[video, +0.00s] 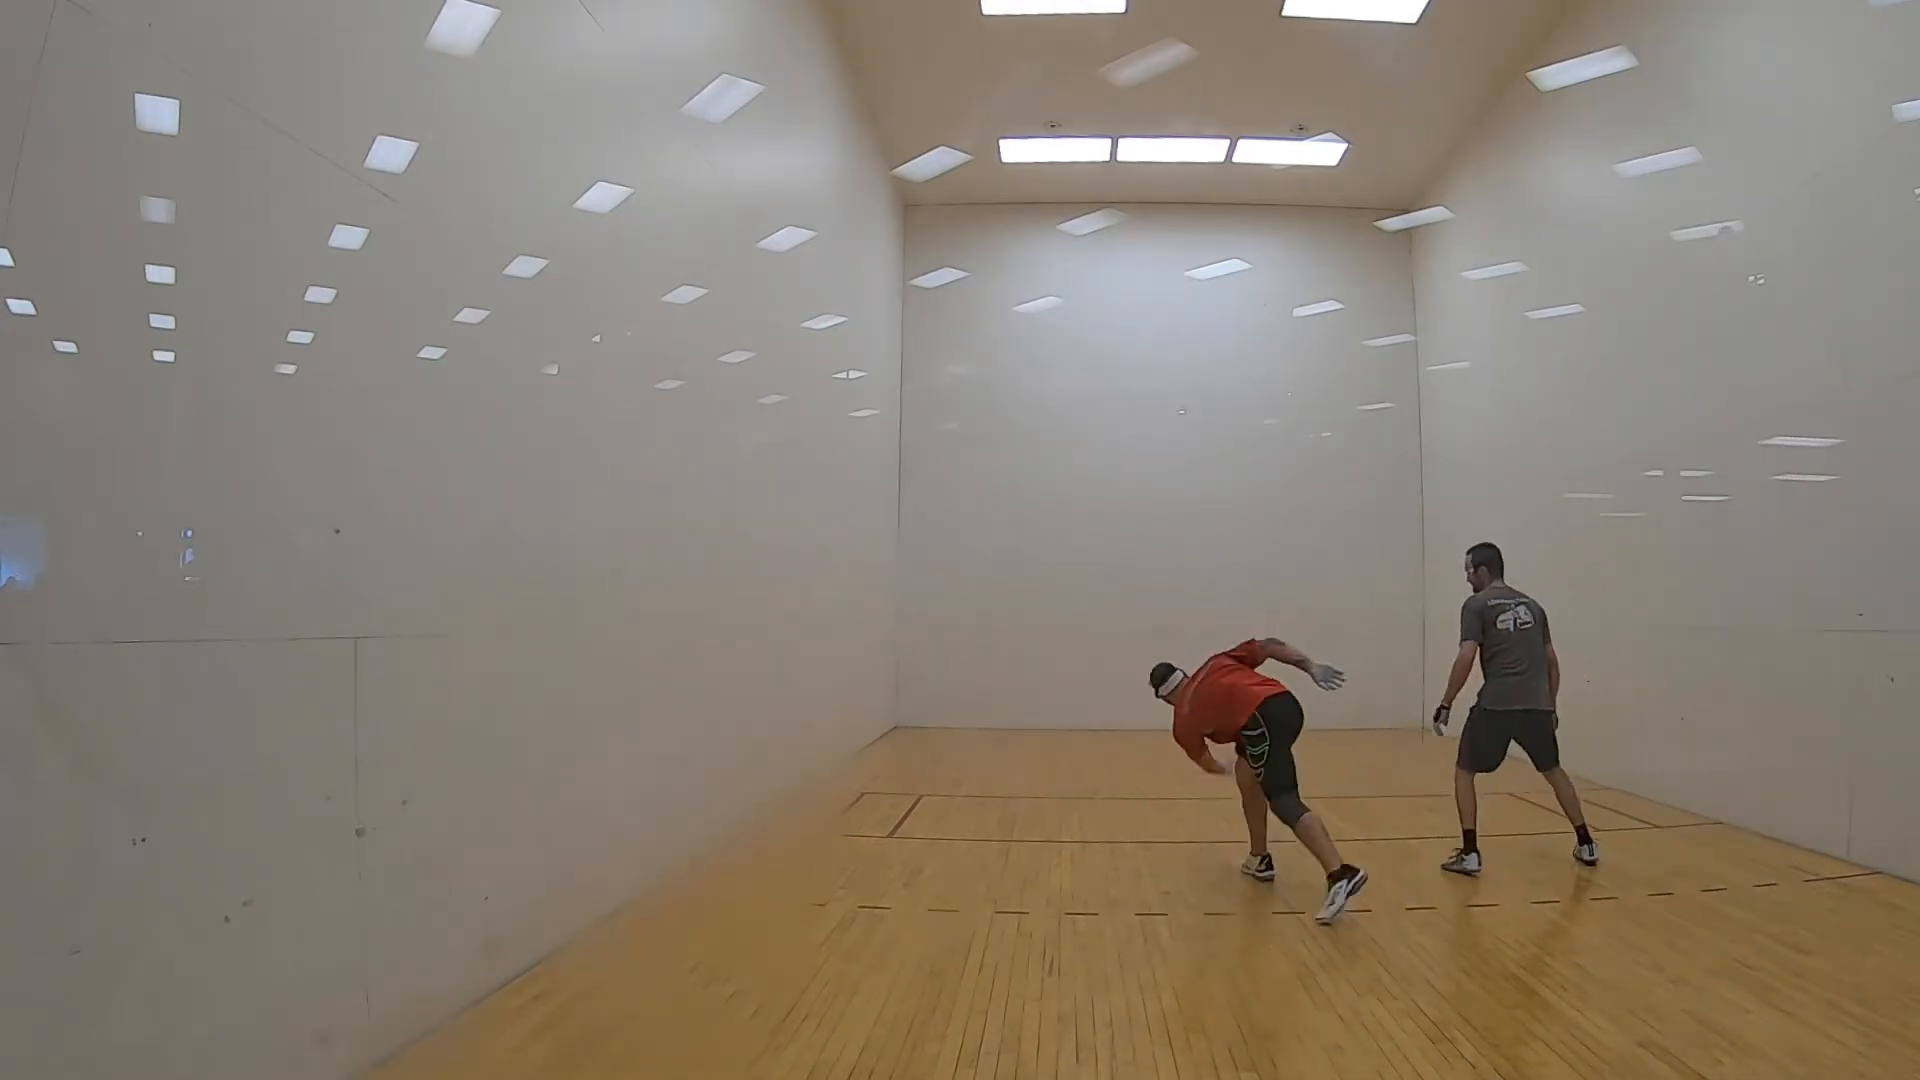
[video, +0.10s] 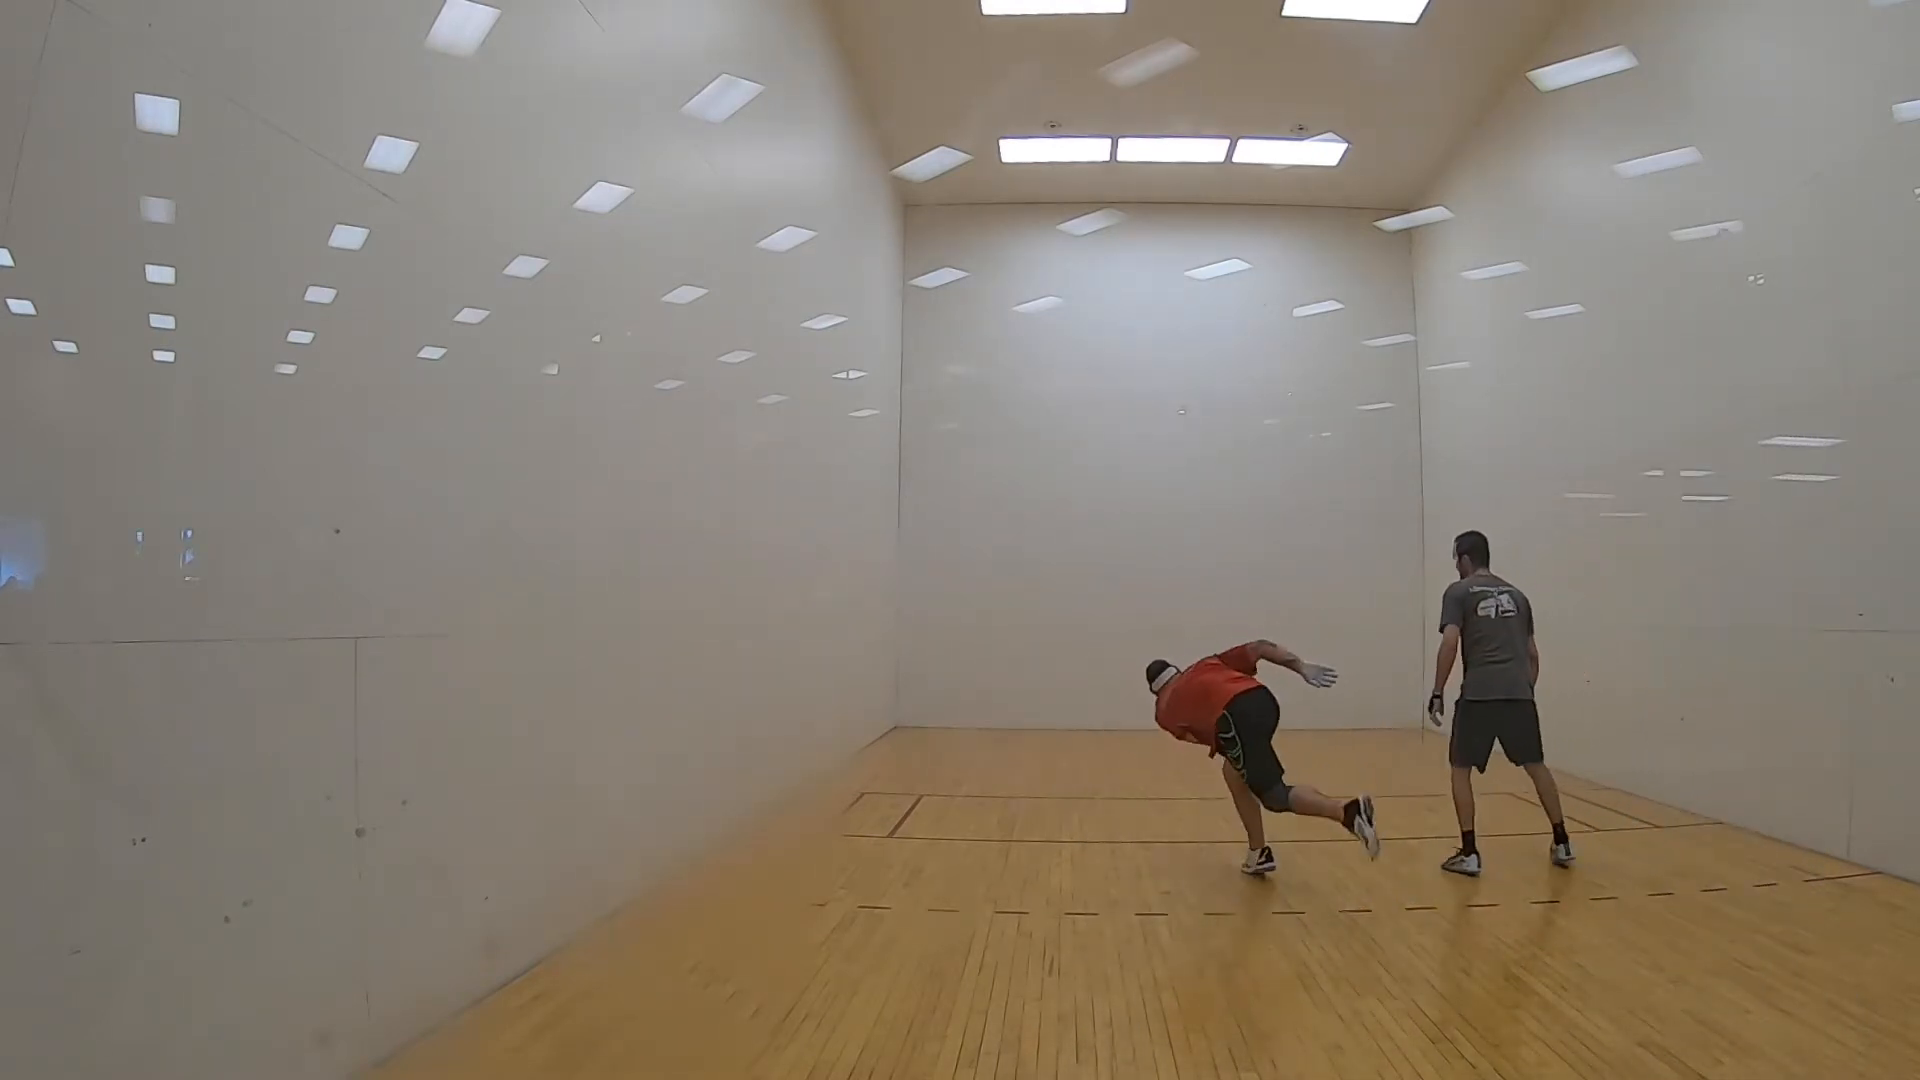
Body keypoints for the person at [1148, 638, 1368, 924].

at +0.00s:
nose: (1169, 701)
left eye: (1165, 697)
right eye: (1167, 695)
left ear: (1166, 696)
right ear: (1184, 674)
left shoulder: (1183, 723)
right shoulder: (1217, 662)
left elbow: (1206, 762)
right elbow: (1268, 645)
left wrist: (1224, 768)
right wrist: (1311, 666)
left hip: (1262, 725)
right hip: (1288, 707)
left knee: (1285, 803)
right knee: (1245, 772)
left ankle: (1339, 874)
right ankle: (1258, 857)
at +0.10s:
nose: (1159, 693)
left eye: (1157, 689)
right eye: (1161, 687)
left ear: (1156, 688)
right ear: (1177, 670)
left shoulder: (1163, 710)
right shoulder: (1206, 665)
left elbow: (1196, 732)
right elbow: (1259, 647)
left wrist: (1222, 745)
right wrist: (1301, 667)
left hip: (1236, 721)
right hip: (1265, 702)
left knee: (1275, 796)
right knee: (1232, 771)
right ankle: (1258, 852)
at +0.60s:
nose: (1087, 634)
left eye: (1080, 631)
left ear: (1078, 633)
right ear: (1104, 628)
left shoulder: (1074, 666)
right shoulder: (1131, 652)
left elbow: (1060, 716)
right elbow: (1160, 690)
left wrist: (1051, 757)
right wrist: (1140, 716)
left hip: (1105, 733)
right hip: (1141, 733)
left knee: (1085, 740)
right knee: (1132, 793)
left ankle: (1090, 816)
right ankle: (1164, 820)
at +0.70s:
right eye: (1102, 623)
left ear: (1078, 626)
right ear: (1104, 623)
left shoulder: (1069, 658)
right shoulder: (1128, 648)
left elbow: (1049, 702)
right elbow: (1153, 689)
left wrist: (1041, 741)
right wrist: (1134, 714)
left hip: (1095, 727)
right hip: (1133, 728)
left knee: (1082, 762)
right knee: (1121, 771)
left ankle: (1089, 816)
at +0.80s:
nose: (1105, 606)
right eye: (1107, 602)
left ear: (1082, 605)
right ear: (1109, 603)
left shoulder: (1066, 640)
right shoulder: (1130, 633)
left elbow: (1048, 684)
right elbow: (1154, 672)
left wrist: (1039, 723)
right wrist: (1137, 702)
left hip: (1088, 718)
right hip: (1126, 717)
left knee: (1082, 761)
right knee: (1120, 762)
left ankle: (1090, 815)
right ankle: (1112, 803)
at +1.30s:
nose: (1158, 563)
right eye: (1161, 558)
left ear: (1129, 559)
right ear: (1160, 558)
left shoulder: (1103, 596)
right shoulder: (1171, 597)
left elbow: (1082, 644)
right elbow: (1198, 641)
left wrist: (1074, 684)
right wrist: (1192, 659)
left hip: (1107, 699)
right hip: (1148, 702)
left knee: (1088, 763)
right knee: (1154, 775)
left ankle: (1066, 823)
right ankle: (1132, 846)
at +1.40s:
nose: (1167, 552)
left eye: (1156, 546)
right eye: (1174, 546)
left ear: (1148, 547)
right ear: (1180, 548)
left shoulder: (1125, 586)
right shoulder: (1194, 587)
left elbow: (1100, 632)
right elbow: (1224, 627)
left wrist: (1091, 675)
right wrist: (1220, 640)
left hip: (1127, 687)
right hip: (1167, 692)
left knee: (1112, 762)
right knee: (1155, 774)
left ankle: (1091, 830)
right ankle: (1135, 847)